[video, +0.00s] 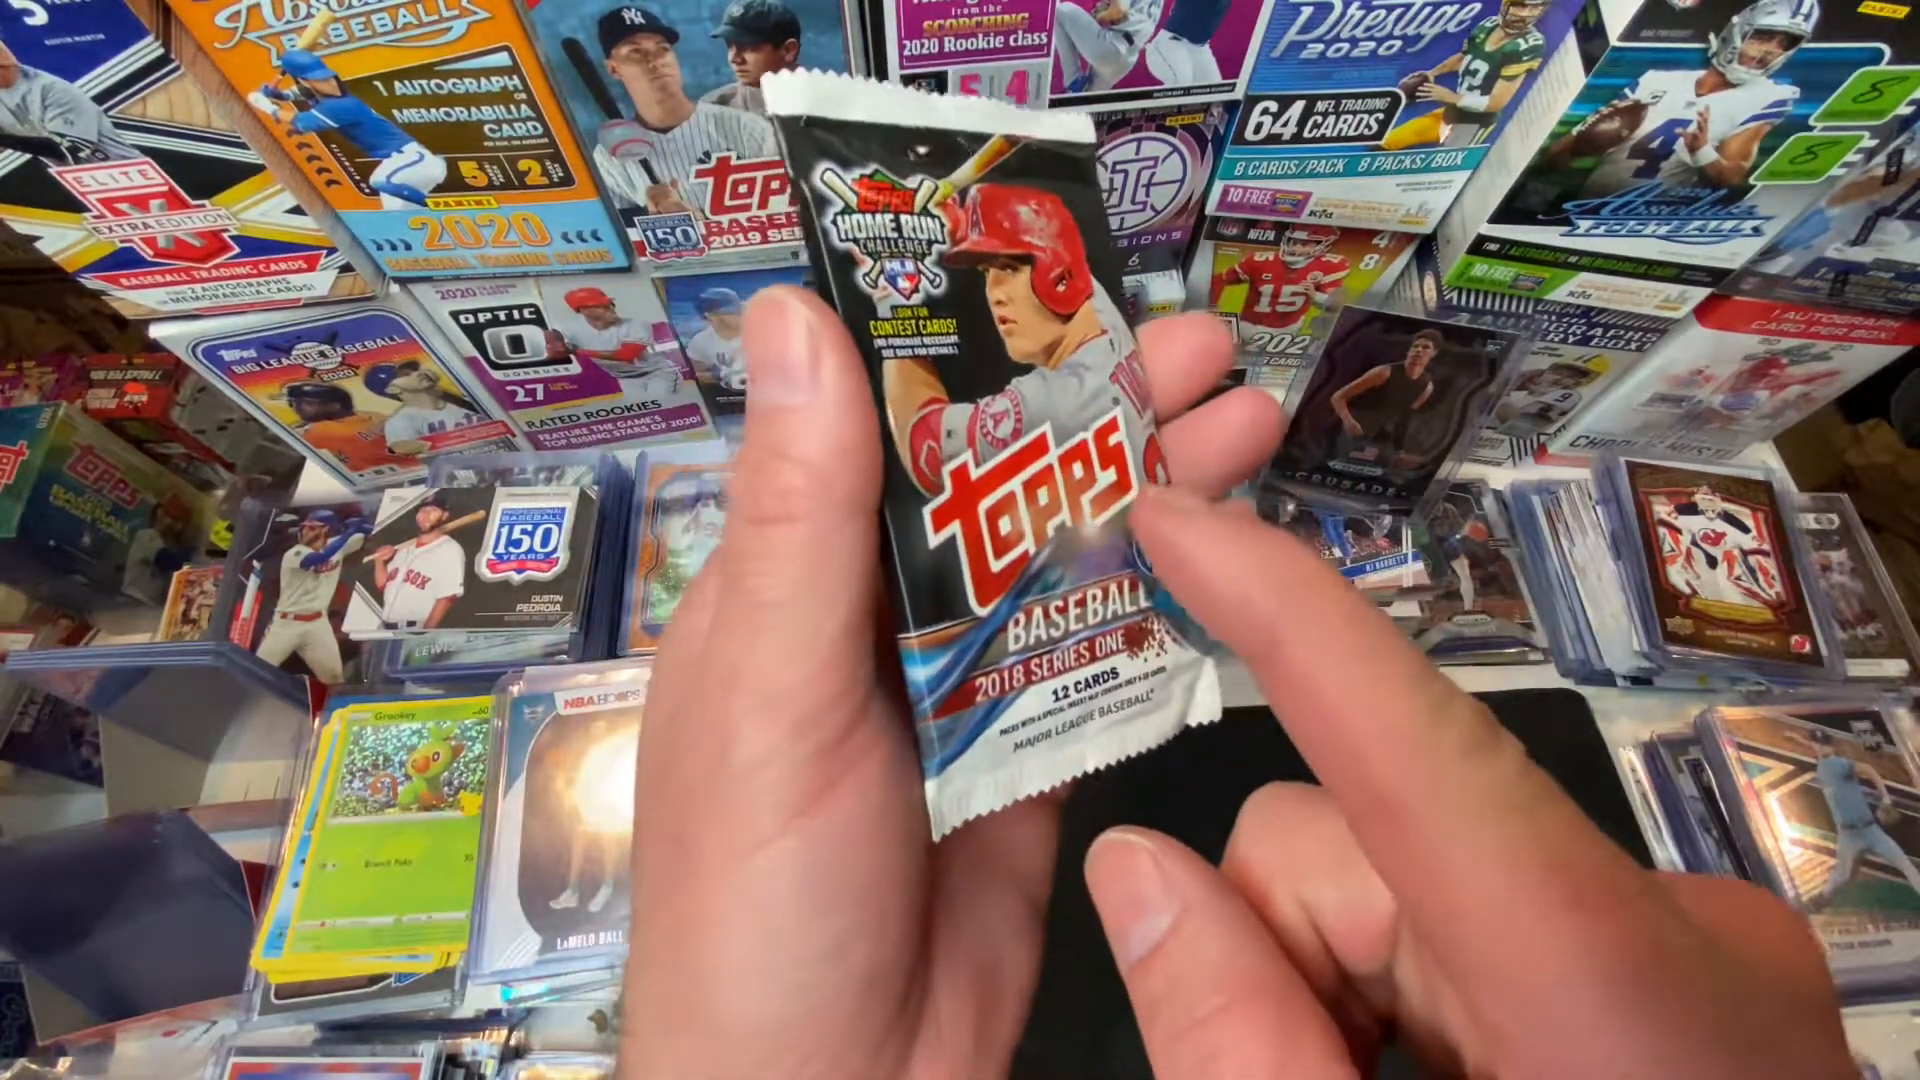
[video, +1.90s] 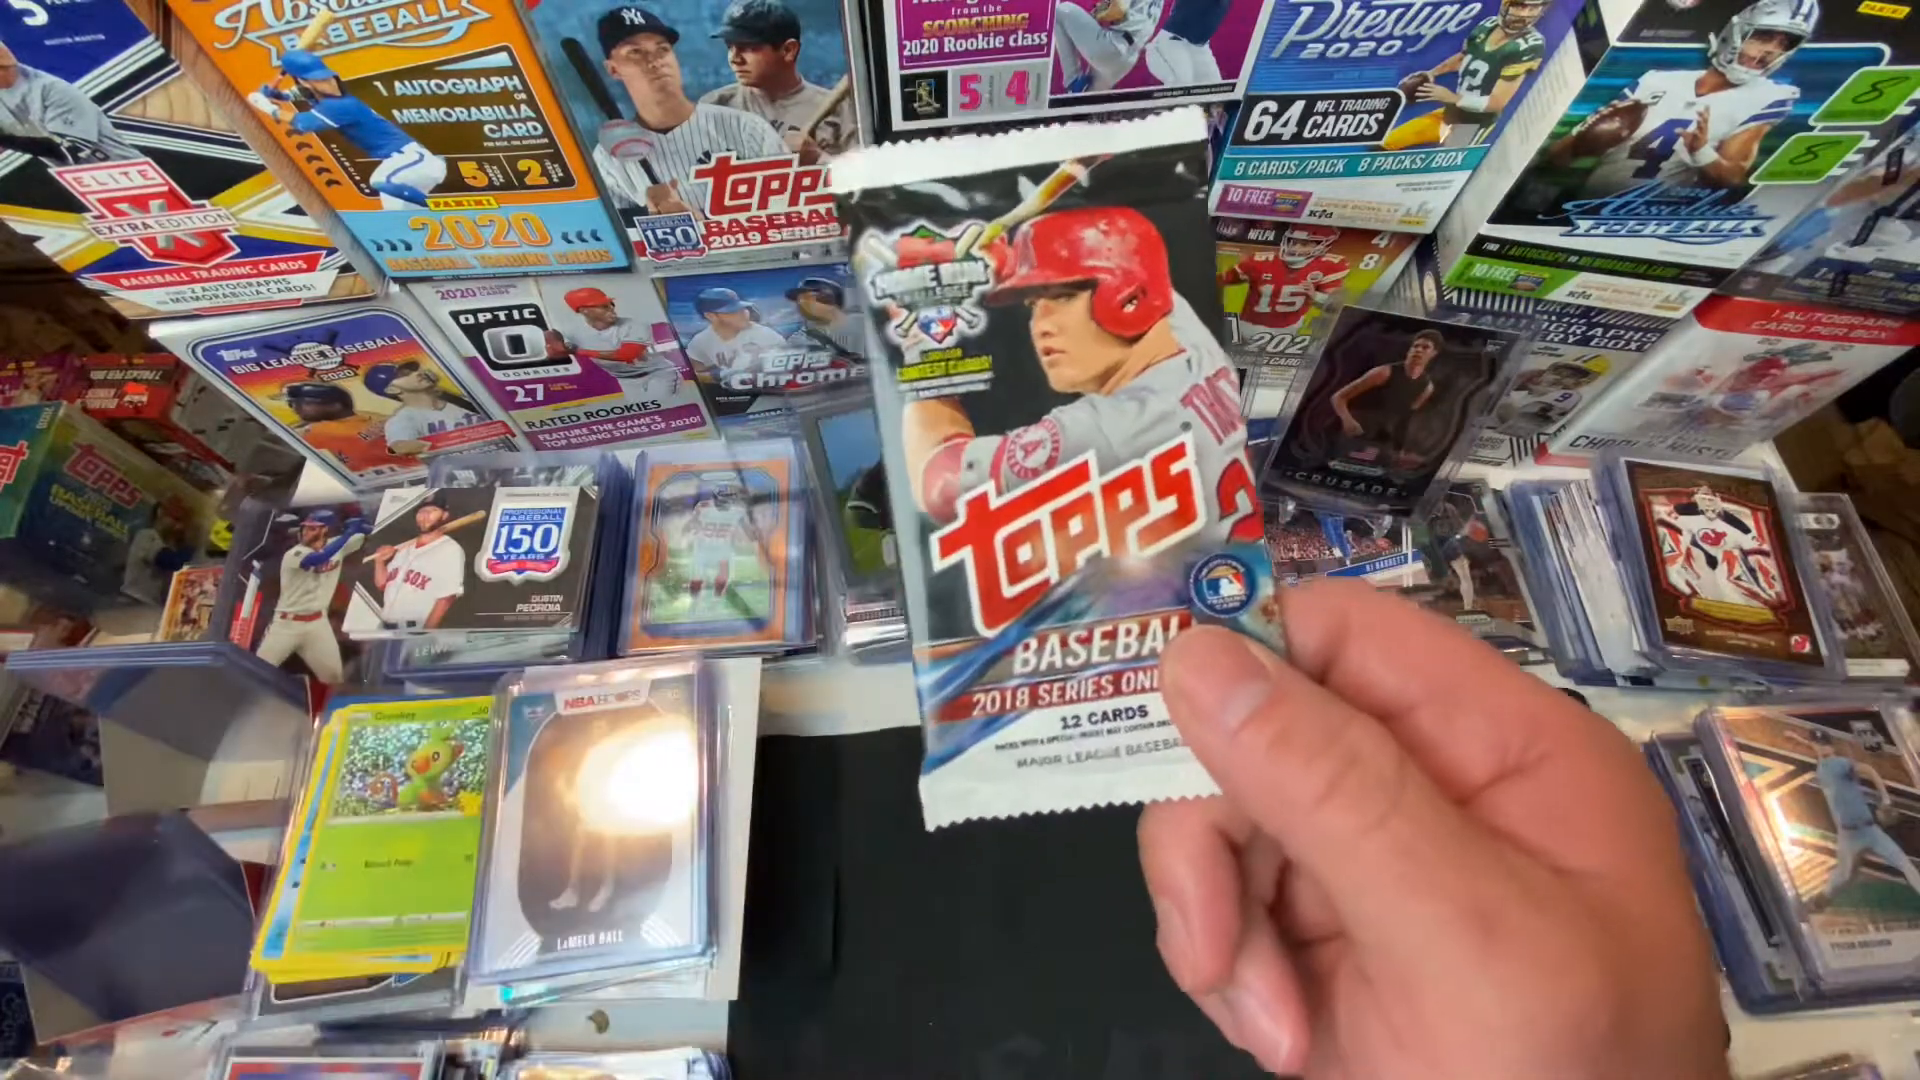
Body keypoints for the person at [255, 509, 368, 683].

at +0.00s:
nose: (302, 531)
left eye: (309, 527)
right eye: (303, 527)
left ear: (324, 530)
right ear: (303, 530)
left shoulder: (336, 549)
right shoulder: (294, 554)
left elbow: (367, 531)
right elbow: (318, 559)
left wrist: (355, 524)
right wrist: (347, 535)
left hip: (317, 625)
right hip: (285, 624)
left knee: (334, 678)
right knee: (258, 670)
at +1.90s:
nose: (304, 532)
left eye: (310, 528)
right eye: (304, 528)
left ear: (324, 531)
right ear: (302, 530)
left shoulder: (337, 549)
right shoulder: (293, 554)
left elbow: (365, 531)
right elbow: (318, 559)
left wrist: (356, 523)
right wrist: (346, 536)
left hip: (317, 624)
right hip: (285, 624)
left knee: (332, 674)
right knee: (260, 669)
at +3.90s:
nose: (304, 532)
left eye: (310, 528)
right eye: (304, 528)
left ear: (324, 531)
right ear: (302, 529)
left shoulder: (336, 548)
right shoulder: (293, 555)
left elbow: (367, 531)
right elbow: (319, 560)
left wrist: (354, 523)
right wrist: (348, 535)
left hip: (317, 625)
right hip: (285, 624)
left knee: (336, 677)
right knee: (258, 671)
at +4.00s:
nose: (304, 532)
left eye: (310, 528)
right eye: (304, 528)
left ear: (324, 530)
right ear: (302, 529)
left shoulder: (337, 547)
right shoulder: (293, 554)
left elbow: (368, 532)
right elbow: (319, 560)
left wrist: (354, 522)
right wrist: (348, 535)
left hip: (317, 625)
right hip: (285, 624)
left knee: (321, 679)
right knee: (258, 671)